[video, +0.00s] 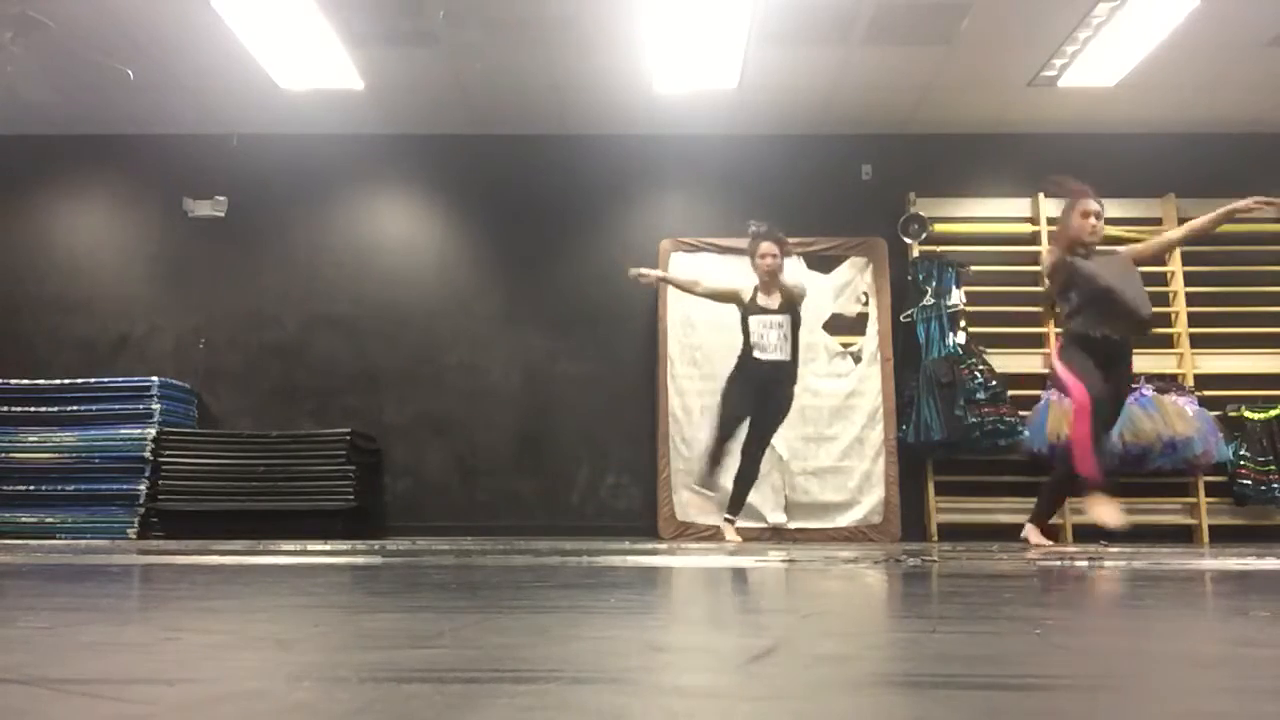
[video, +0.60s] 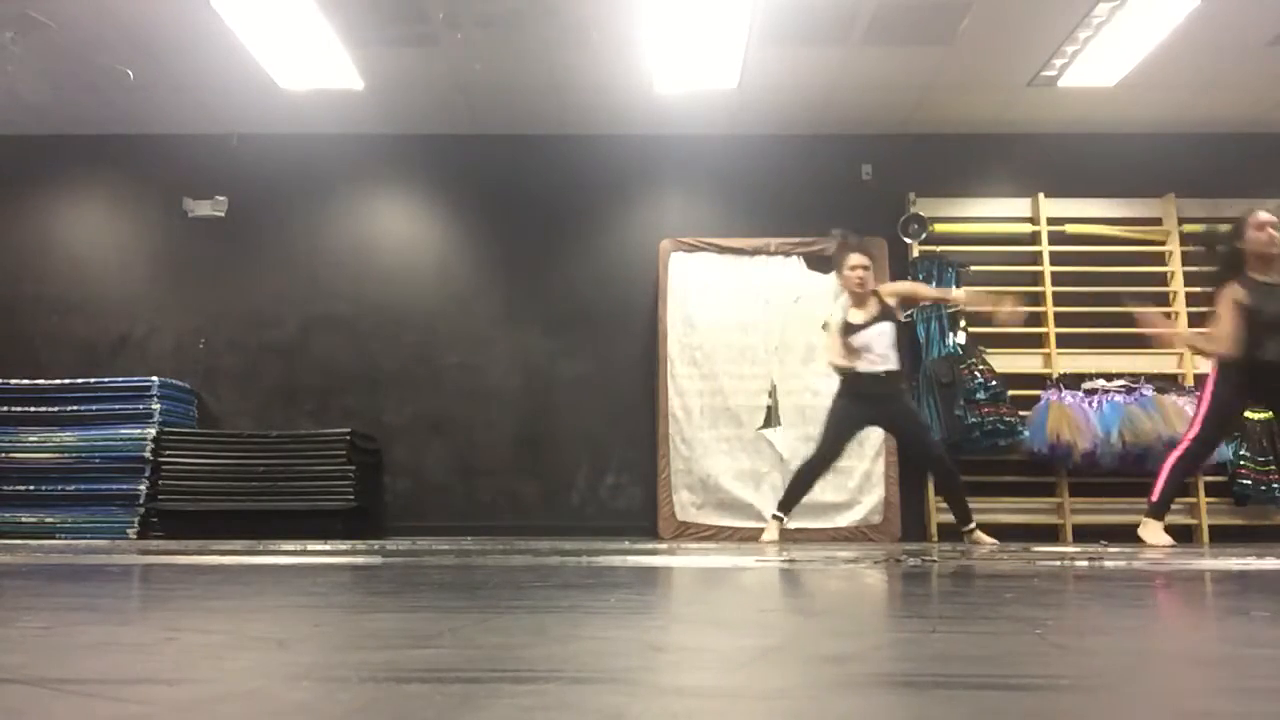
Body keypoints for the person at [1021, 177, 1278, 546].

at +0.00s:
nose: (1094, 222)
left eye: (1100, 217)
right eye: (1086, 215)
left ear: (1104, 226)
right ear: (1067, 222)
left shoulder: (1117, 258)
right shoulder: (1059, 262)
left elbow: (1173, 237)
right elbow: (1052, 260)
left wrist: (1229, 210)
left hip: (1118, 358)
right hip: (1075, 350)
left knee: (1084, 441)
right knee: (1086, 398)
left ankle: (1035, 524)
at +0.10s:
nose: (1111, 227)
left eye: (1115, 222)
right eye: (1102, 222)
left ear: (1121, 229)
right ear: (1083, 233)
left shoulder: (1137, 258)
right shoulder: (1076, 280)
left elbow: (1179, 254)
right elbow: (1103, 301)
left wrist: (1203, 221)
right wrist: (1140, 278)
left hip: (1135, 370)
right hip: (1094, 366)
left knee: (1093, 449)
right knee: (1138, 419)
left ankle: (1037, 524)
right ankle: (1150, 519)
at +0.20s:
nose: (1144, 212)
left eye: (1148, 205)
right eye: (1134, 208)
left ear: (1158, 212)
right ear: (1118, 221)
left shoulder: (1176, 249)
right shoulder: (1112, 273)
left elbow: (1182, 277)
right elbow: (1093, 333)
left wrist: (1172, 241)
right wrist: (1141, 348)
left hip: (1163, 358)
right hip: (1120, 357)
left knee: (1154, 441)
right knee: (1152, 430)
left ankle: (1073, 507)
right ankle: (1146, 526)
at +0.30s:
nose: (1189, 202)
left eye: (1193, 194)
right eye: (1179, 196)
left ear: (1201, 201)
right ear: (1161, 205)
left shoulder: (1217, 238)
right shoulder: (1144, 251)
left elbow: (1214, 290)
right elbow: (1087, 281)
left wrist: (1163, 314)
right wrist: (1099, 331)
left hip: (1189, 352)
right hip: (1149, 350)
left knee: (1232, 426)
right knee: (1160, 429)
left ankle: (1171, 496)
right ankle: (1145, 526)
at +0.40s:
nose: (1222, 199)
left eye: (1227, 192)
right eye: (1213, 193)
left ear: (1235, 198)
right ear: (1196, 199)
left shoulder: (1250, 242)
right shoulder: (1173, 232)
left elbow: (1256, 299)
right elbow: (1110, 236)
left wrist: (1238, 346)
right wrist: (1086, 265)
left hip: (1227, 348)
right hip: (1179, 346)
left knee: (1272, 412)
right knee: (1171, 429)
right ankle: (1148, 525)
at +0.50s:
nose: (1249, 214)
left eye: (1252, 207)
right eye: (1239, 207)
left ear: (1256, 214)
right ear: (1218, 215)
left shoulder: (1270, 250)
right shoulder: (1203, 262)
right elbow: (1140, 284)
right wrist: (1115, 250)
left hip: (1266, 357)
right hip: (1217, 357)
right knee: (1189, 432)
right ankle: (1147, 519)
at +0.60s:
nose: (1270, 233)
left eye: (1273, 226)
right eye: (1260, 228)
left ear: (1279, 236)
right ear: (1242, 241)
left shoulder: (1276, 285)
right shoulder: (1237, 291)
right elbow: (1225, 345)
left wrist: (1177, 335)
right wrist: (1177, 334)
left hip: (1271, 375)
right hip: (1236, 371)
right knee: (1202, 439)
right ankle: (1152, 519)